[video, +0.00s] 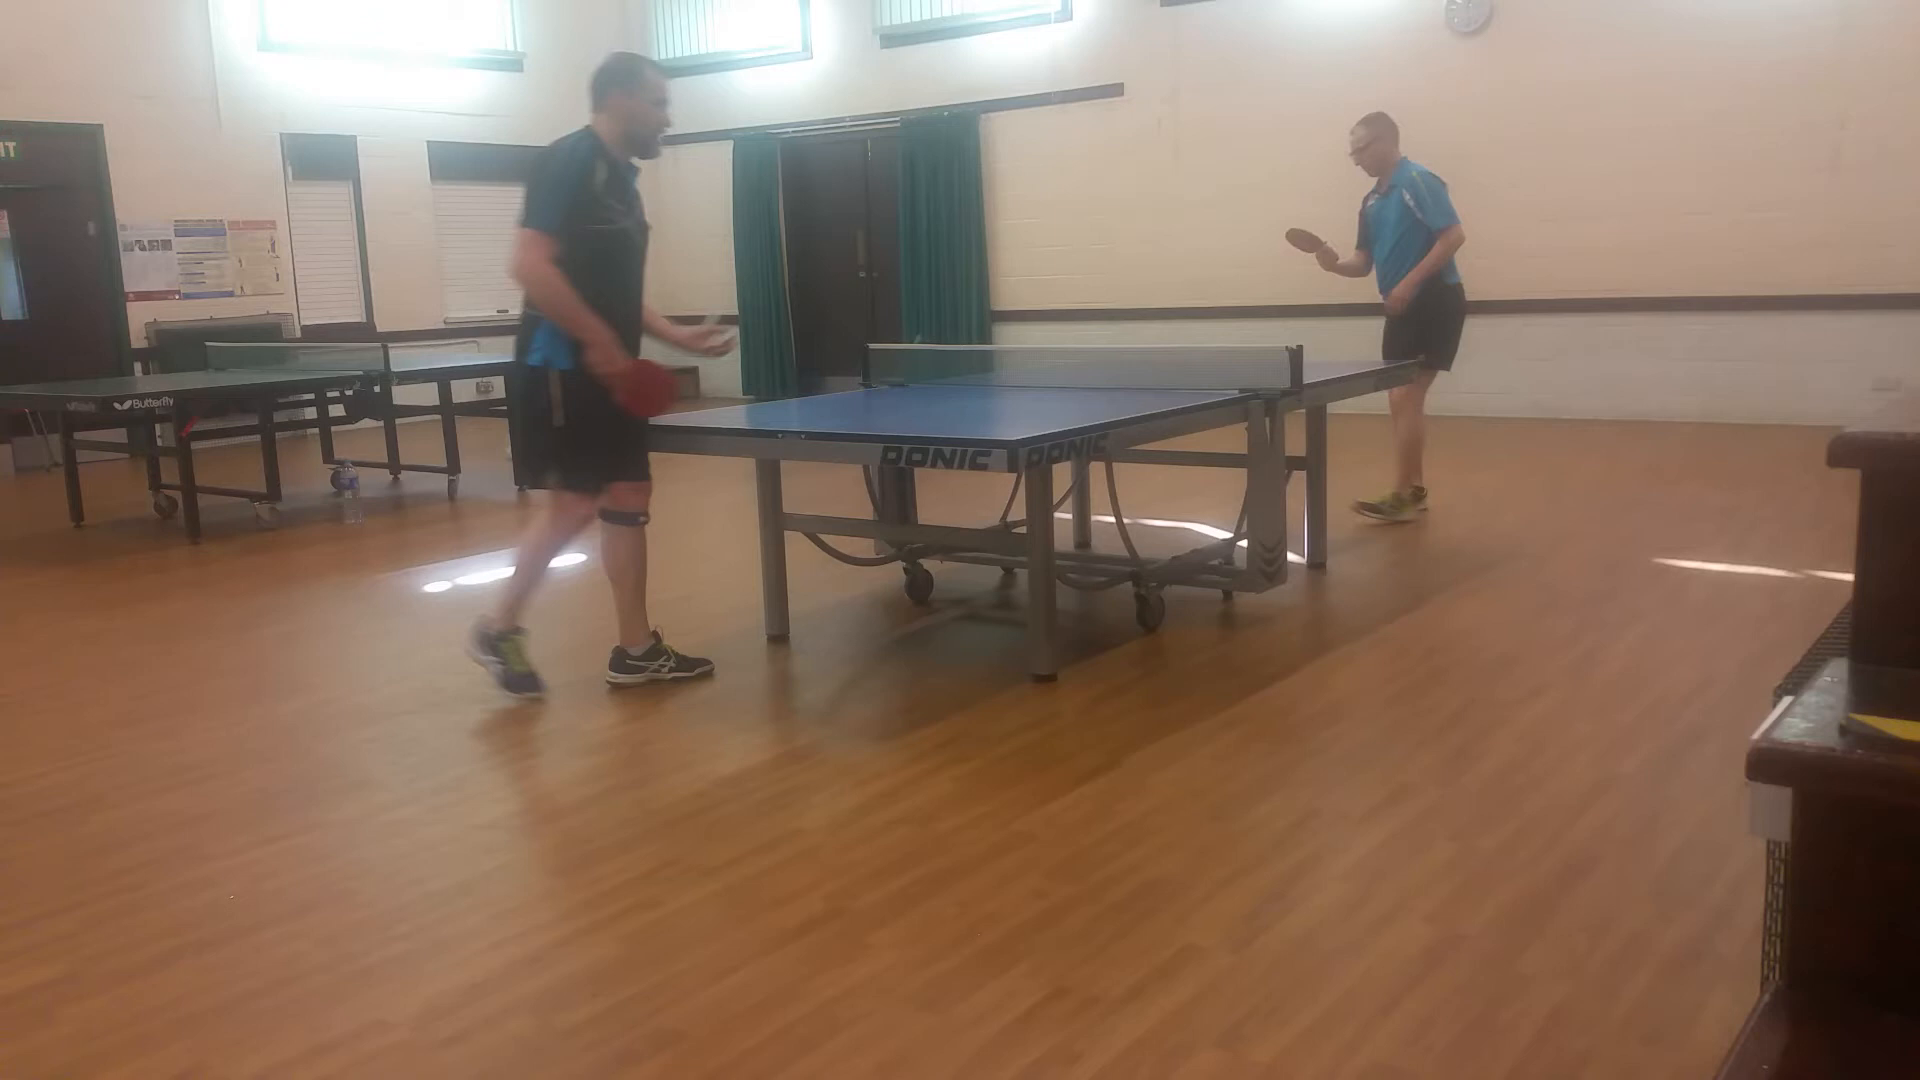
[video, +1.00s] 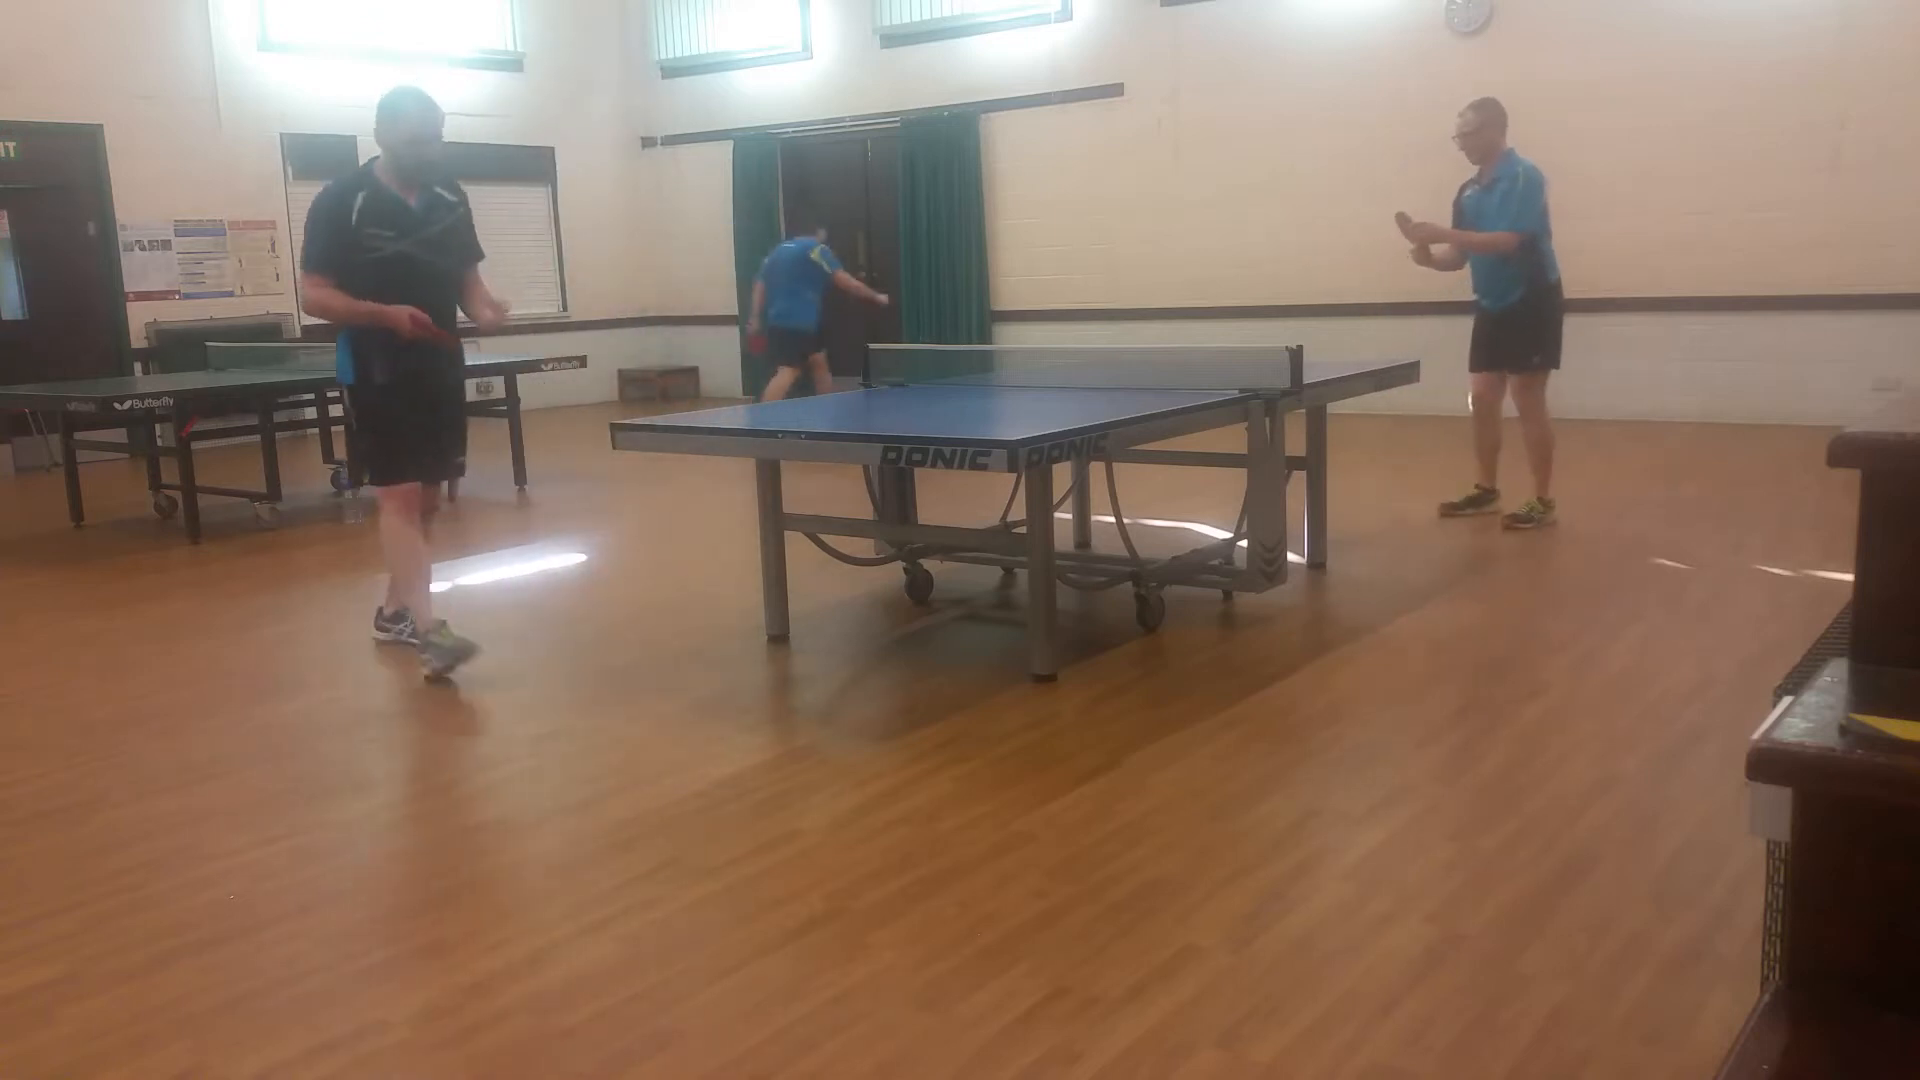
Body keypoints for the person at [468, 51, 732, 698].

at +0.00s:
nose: (666, 118)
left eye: (666, 106)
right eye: (657, 105)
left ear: (628, 106)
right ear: (615, 102)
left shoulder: (620, 176)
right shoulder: (567, 161)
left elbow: (615, 286)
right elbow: (530, 264)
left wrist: (674, 332)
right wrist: (597, 337)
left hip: (607, 362)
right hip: (558, 362)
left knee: (627, 495)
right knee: (575, 501)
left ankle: (636, 648)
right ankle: (498, 628)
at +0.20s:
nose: (616, 116)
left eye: (614, 104)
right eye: (605, 103)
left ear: (575, 111)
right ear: (564, 109)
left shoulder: (583, 188)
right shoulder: (513, 173)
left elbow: (573, 292)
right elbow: (462, 268)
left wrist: (607, 361)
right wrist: (516, 350)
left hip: (577, 368)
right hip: (518, 370)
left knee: (597, 504)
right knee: (508, 511)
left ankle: (633, 645)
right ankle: (451, 635)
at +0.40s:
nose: (552, 124)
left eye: (551, 113)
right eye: (539, 114)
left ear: (537, 122)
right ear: (498, 120)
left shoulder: (530, 196)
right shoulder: (453, 184)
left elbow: (502, 296)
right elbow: (398, 289)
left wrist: (539, 346)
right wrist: (448, 372)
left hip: (519, 368)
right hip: (461, 374)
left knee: (561, 495)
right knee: (467, 512)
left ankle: (600, 636)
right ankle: (450, 646)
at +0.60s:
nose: (496, 114)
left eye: (493, 103)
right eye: (482, 104)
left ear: (465, 113)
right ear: (442, 113)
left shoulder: (489, 186)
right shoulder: (394, 181)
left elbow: (482, 279)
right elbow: (354, 282)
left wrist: (525, 322)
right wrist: (421, 346)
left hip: (491, 365)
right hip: (427, 371)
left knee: (526, 487)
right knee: (445, 508)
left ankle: (489, 602)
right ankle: (447, 646)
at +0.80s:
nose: (450, 130)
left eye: (452, 119)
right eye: (438, 120)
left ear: (453, 120)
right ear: (399, 121)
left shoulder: (464, 195)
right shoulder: (357, 193)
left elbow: (475, 277)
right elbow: (329, 293)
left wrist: (516, 334)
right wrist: (398, 326)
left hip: (466, 363)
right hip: (405, 365)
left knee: (462, 502)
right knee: (431, 498)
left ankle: (410, 590)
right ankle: (446, 644)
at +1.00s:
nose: (430, 149)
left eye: (436, 138)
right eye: (417, 138)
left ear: (442, 136)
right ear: (384, 135)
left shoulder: (449, 200)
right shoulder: (341, 200)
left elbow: (468, 280)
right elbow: (315, 294)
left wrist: (485, 308)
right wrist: (385, 314)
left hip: (439, 364)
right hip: (379, 368)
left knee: (425, 497)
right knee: (398, 496)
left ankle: (394, 610)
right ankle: (430, 628)